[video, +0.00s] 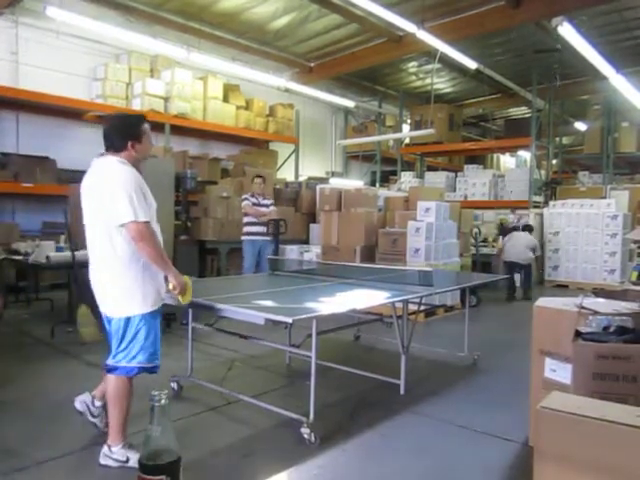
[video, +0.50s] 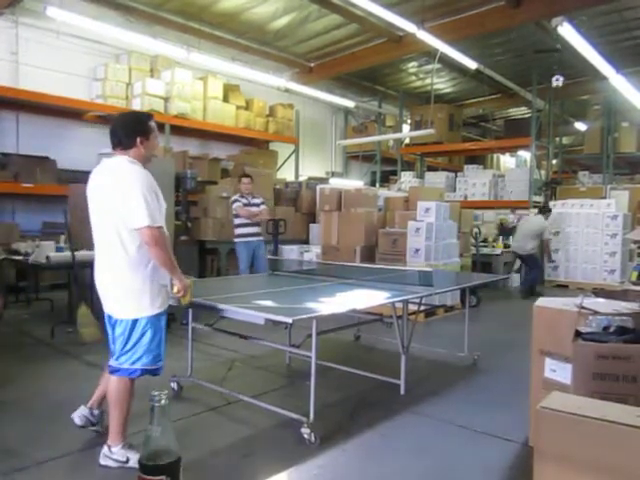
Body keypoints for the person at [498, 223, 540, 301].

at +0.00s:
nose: (531, 233)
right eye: (531, 232)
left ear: (522, 229)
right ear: (531, 231)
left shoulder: (513, 234)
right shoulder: (533, 240)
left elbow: (503, 243)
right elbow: (537, 254)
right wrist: (539, 268)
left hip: (509, 259)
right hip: (524, 260)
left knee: (509, 277)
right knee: (527, 277)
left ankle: (510, 294)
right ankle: (526, 294)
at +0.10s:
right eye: (534, 232)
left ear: (525, 229)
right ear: (534, 232)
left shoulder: (515, 234)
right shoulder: (535, 239)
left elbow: (506, 242)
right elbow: (539, 253)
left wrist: (503, 251)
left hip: (512, 258)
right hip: (527, 259)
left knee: (511, 276)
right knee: (527, 278)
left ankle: (511, 294)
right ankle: (527, 295)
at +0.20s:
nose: (540, 230)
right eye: (540, 228)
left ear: (530, 224)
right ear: (539, 227)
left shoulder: (518, 229)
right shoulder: (539, 234)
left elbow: (506, 240)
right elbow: (541, 250)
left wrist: (503, 252)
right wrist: (541, 270)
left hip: (515, 254)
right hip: (529, 255)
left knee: (514, 274)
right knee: (530, 275)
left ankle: (513, 293)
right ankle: (528, 294)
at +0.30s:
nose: (544, 224)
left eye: (544, 222)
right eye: (544, 222)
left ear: (534, 218)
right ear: (542, 220)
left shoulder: (521, 223)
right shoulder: (541, 228)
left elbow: (509, 236)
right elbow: (542, 246)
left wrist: (504, 248)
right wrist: (544, 262)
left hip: (515, 249)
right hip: (529, 251)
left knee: (521, 265)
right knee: (534, 268)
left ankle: (516, 287)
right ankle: (529, 291)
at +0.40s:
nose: (546, 219)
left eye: (546, 217)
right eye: (546, 217)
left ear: (536, 213)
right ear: (544, 215)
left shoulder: (524, 218)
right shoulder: (542, 223)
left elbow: (513, 231)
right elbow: (543, 243)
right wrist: (546, 259)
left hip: (515, 247)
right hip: (528, 249)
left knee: (524, 265)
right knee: (535, 269)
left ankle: (523, 287)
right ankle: (529, 289)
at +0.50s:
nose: (548, 216)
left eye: (548, 214)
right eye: (548, 215)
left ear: (538, 211)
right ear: (547, 214)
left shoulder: (527, 218)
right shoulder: (544, 224)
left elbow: (517, 228)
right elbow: (546, 242)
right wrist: (549, 257)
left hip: (515, 247)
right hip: (528, 250)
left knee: (529, 267)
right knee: (537, 268)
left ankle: (525, 287)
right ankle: (530, 288)